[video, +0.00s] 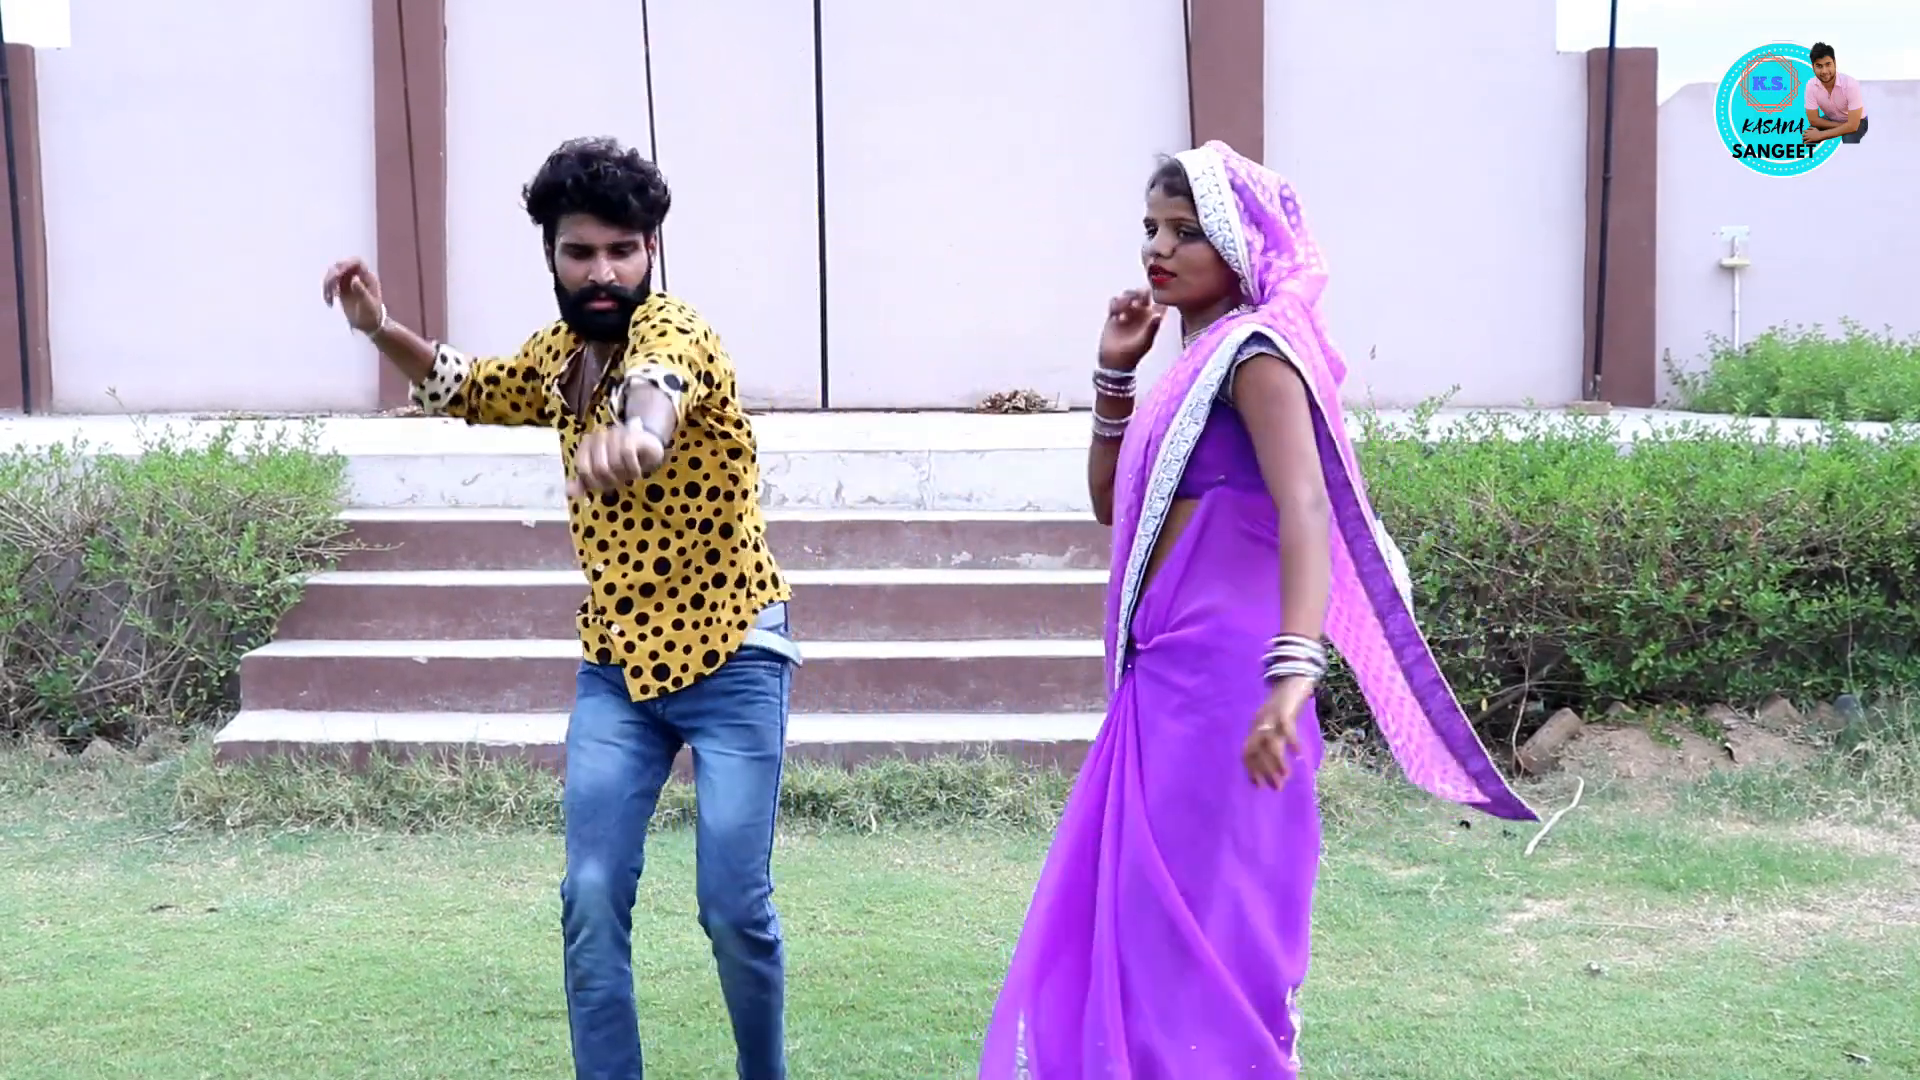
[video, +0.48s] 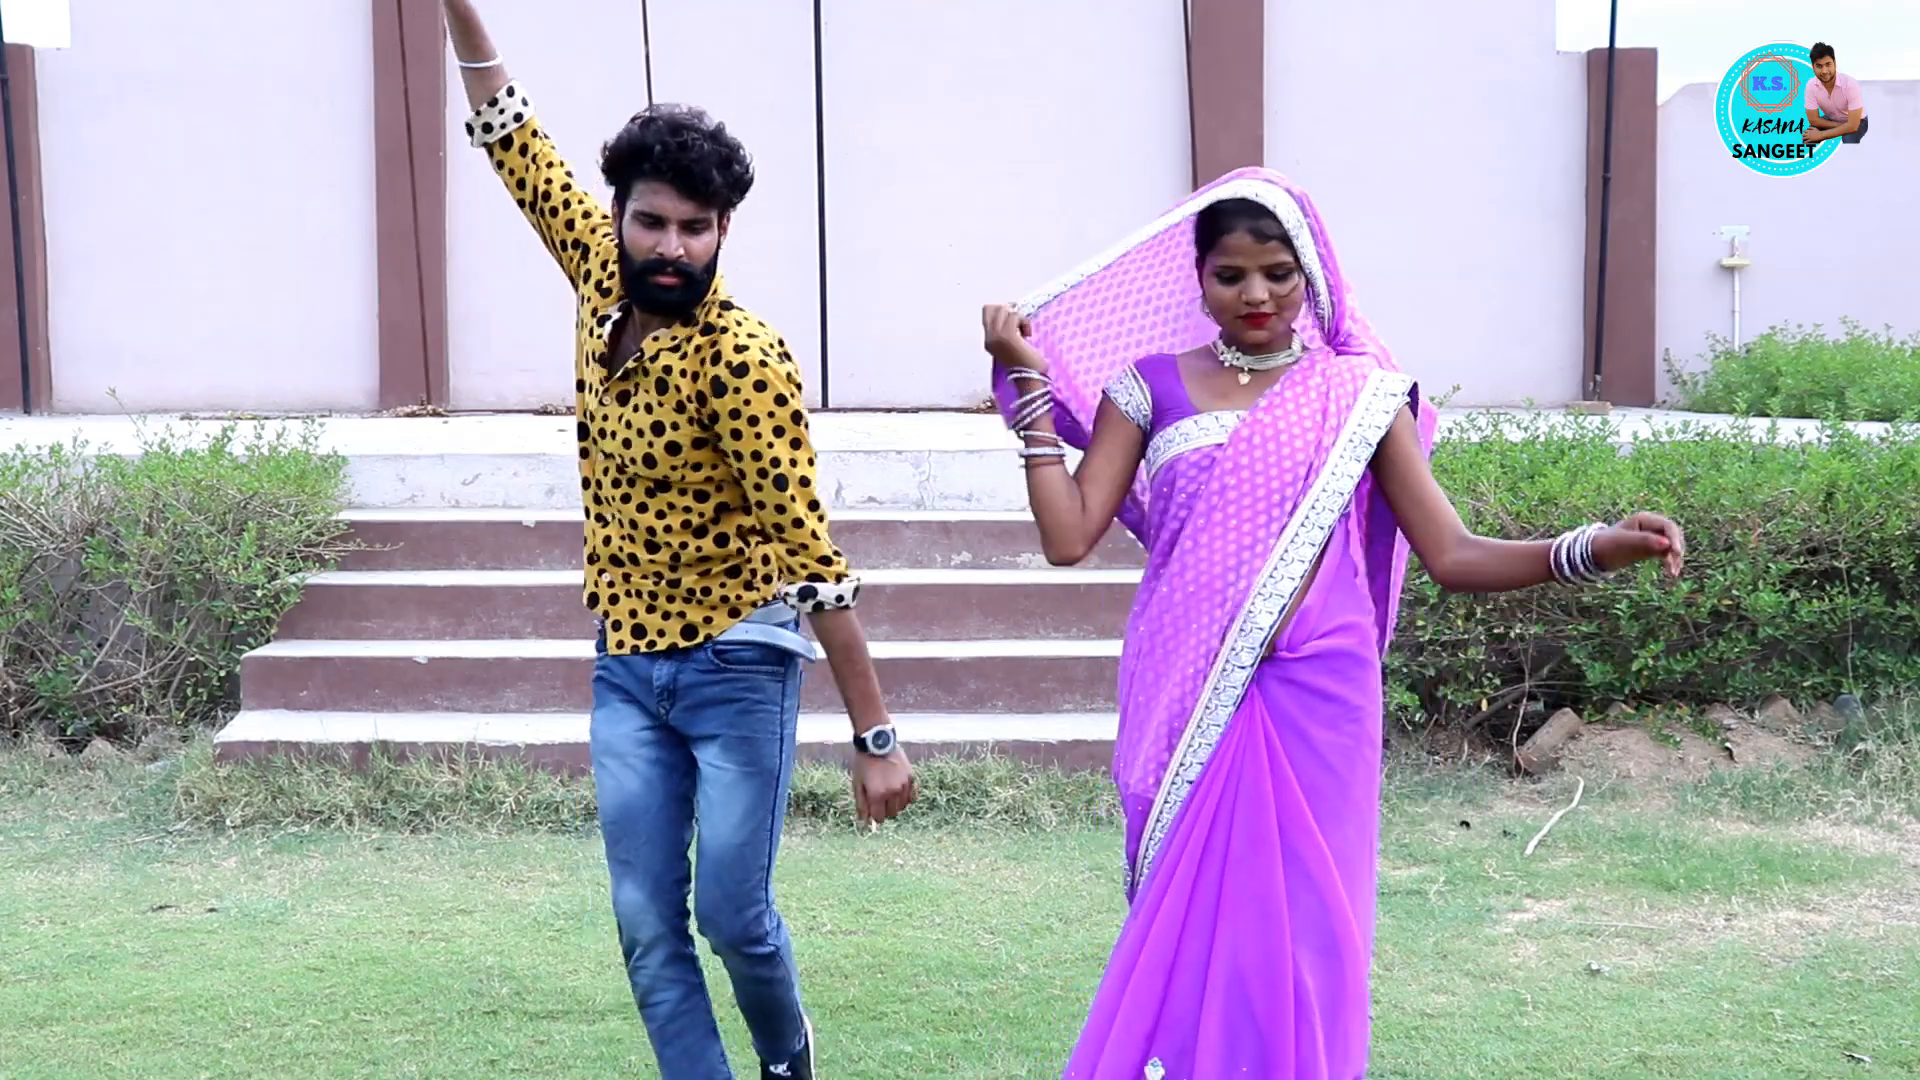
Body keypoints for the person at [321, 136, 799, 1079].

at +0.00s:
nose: (602, 274)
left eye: (622, 253)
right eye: (579, 253)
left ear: (653, 253)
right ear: (551, 258)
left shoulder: (669, 331)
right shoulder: (554, 361)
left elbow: (656, 389)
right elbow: (463, 387)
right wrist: (383, 329)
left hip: (734, 660)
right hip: (618, 666)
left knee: (733, 904)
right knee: (592, 895)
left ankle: (764, 1071)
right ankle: (608, 1073)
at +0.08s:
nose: (612, 261)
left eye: (633, 239)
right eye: (589, 240)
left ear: (664, 237)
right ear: (559, 241)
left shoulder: (675, 333)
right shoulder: (565, 323)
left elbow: (667, 444)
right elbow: (471, 301)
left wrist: (670, 545)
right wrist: (387, 235)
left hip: (740, 650)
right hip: (626, 656)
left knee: (740, 901)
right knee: (601, 881)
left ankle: (787, 1070)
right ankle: (641, 1074)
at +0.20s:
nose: (629, 273)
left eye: (652, 251)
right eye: (608, 249)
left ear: (683, 251)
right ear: (576, 251)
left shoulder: (685, 366)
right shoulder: (593, 321)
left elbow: (706, 536)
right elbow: (512, 228)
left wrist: (725, 696)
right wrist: (415, 127)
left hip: (736, 668)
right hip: (631, 670)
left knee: (714, 924)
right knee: (620, 916)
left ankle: (786, 1072)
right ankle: (695, 1079)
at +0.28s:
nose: (639, 288)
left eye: (662, 267)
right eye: (618, 267)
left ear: (692, 269)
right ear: (587, 267)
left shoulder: (703, 392)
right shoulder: (611, 340)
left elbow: (736, 586)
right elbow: (535, 216)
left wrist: (766, 764)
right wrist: (442, 88)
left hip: (723, 708)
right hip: (623, 703)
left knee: (699, 944)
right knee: (615, 926)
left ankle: (801, 1071)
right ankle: (691, 1079)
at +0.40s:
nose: (659, 271)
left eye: (683, 252)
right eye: (639, 247)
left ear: (710, 255)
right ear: (602, 244)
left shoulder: (723, 380)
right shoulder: (611, 322)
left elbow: (781, 578)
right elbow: (538, 193)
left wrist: (840, 768)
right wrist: (463, 42)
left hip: (732, 690)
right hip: (624, 692)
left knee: (710, 929)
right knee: (624, 927)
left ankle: (799, 1067)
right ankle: (689, 1076)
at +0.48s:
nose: (672, 246)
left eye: (695, 227)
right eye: (651, 222)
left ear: (724, 229)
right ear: (615, 218)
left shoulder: (744, 357)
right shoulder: (598, 288)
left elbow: (811, 555)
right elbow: (517, 147)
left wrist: (874, 735)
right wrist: (458, 16)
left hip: (741, 669)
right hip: (628, 671)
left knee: (731, 915)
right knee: (648, 931)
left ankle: (787, 1060)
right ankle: (701, 1078)